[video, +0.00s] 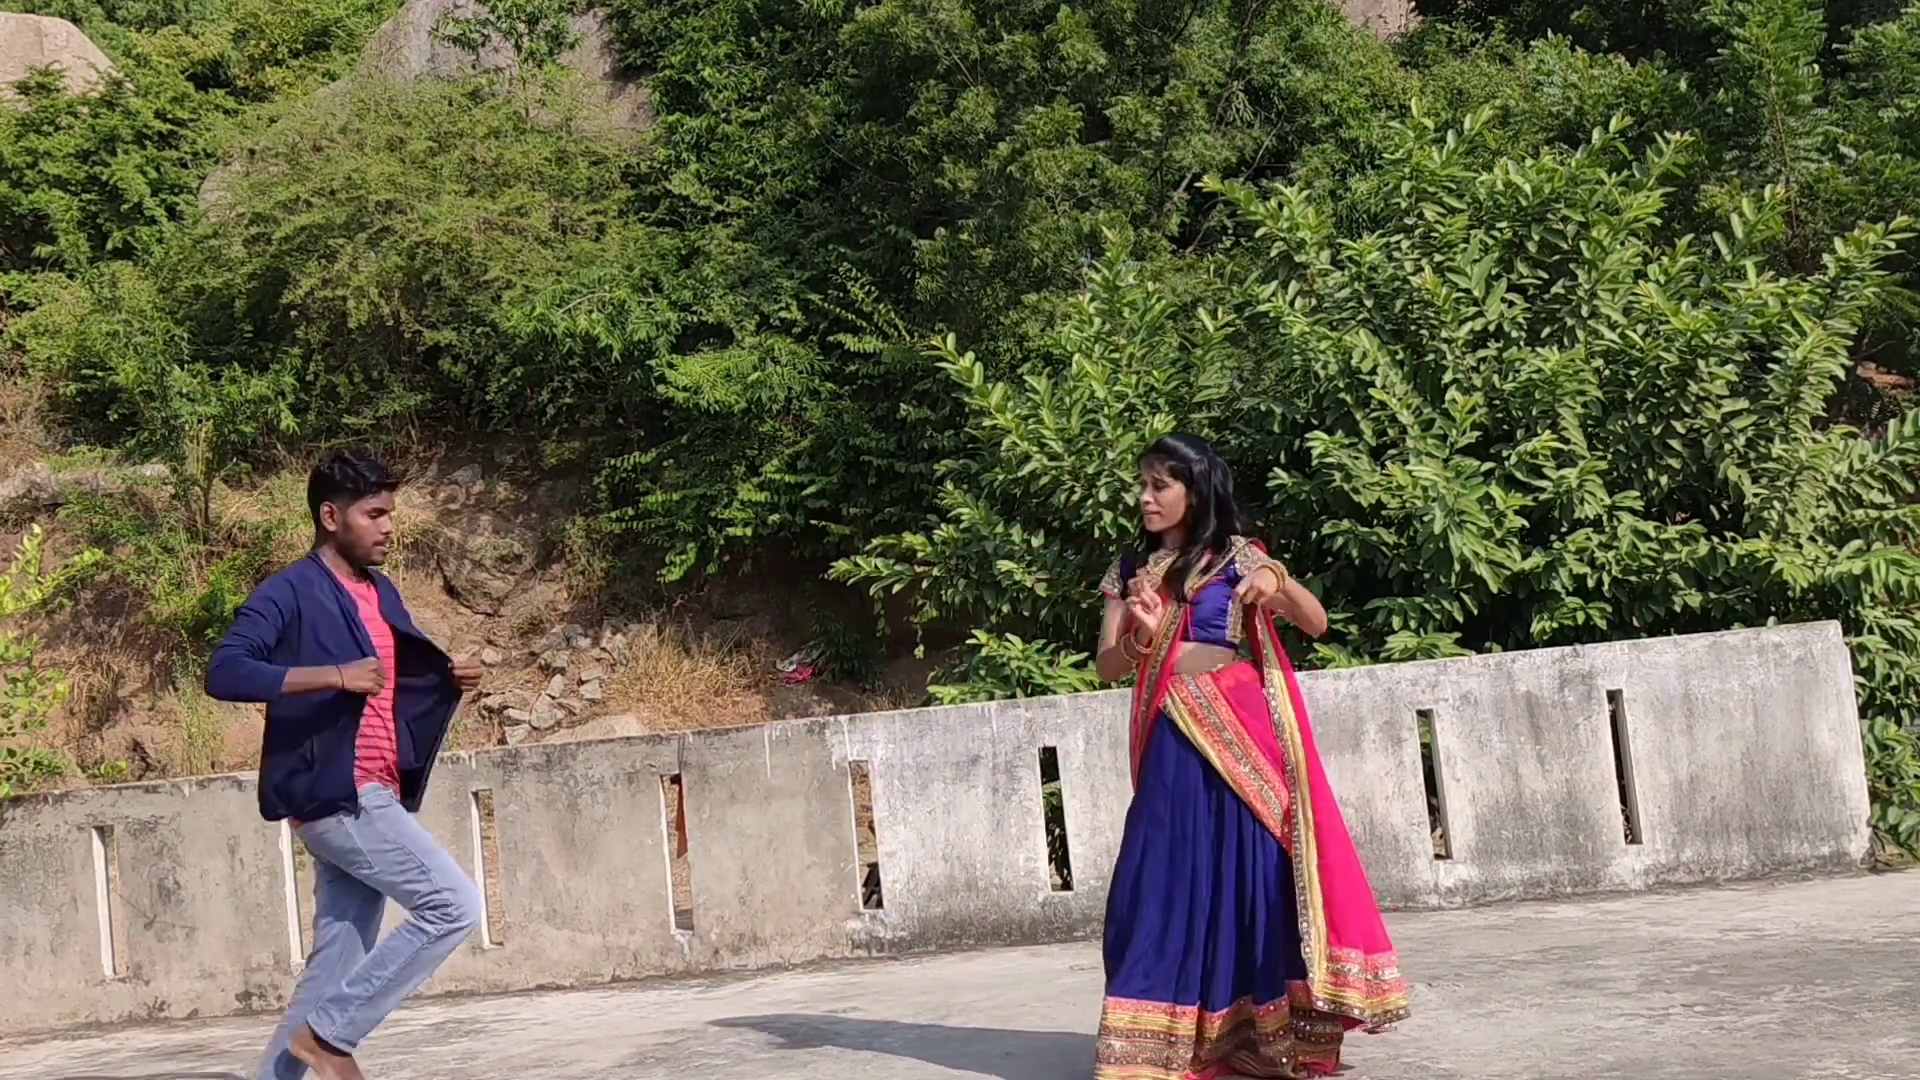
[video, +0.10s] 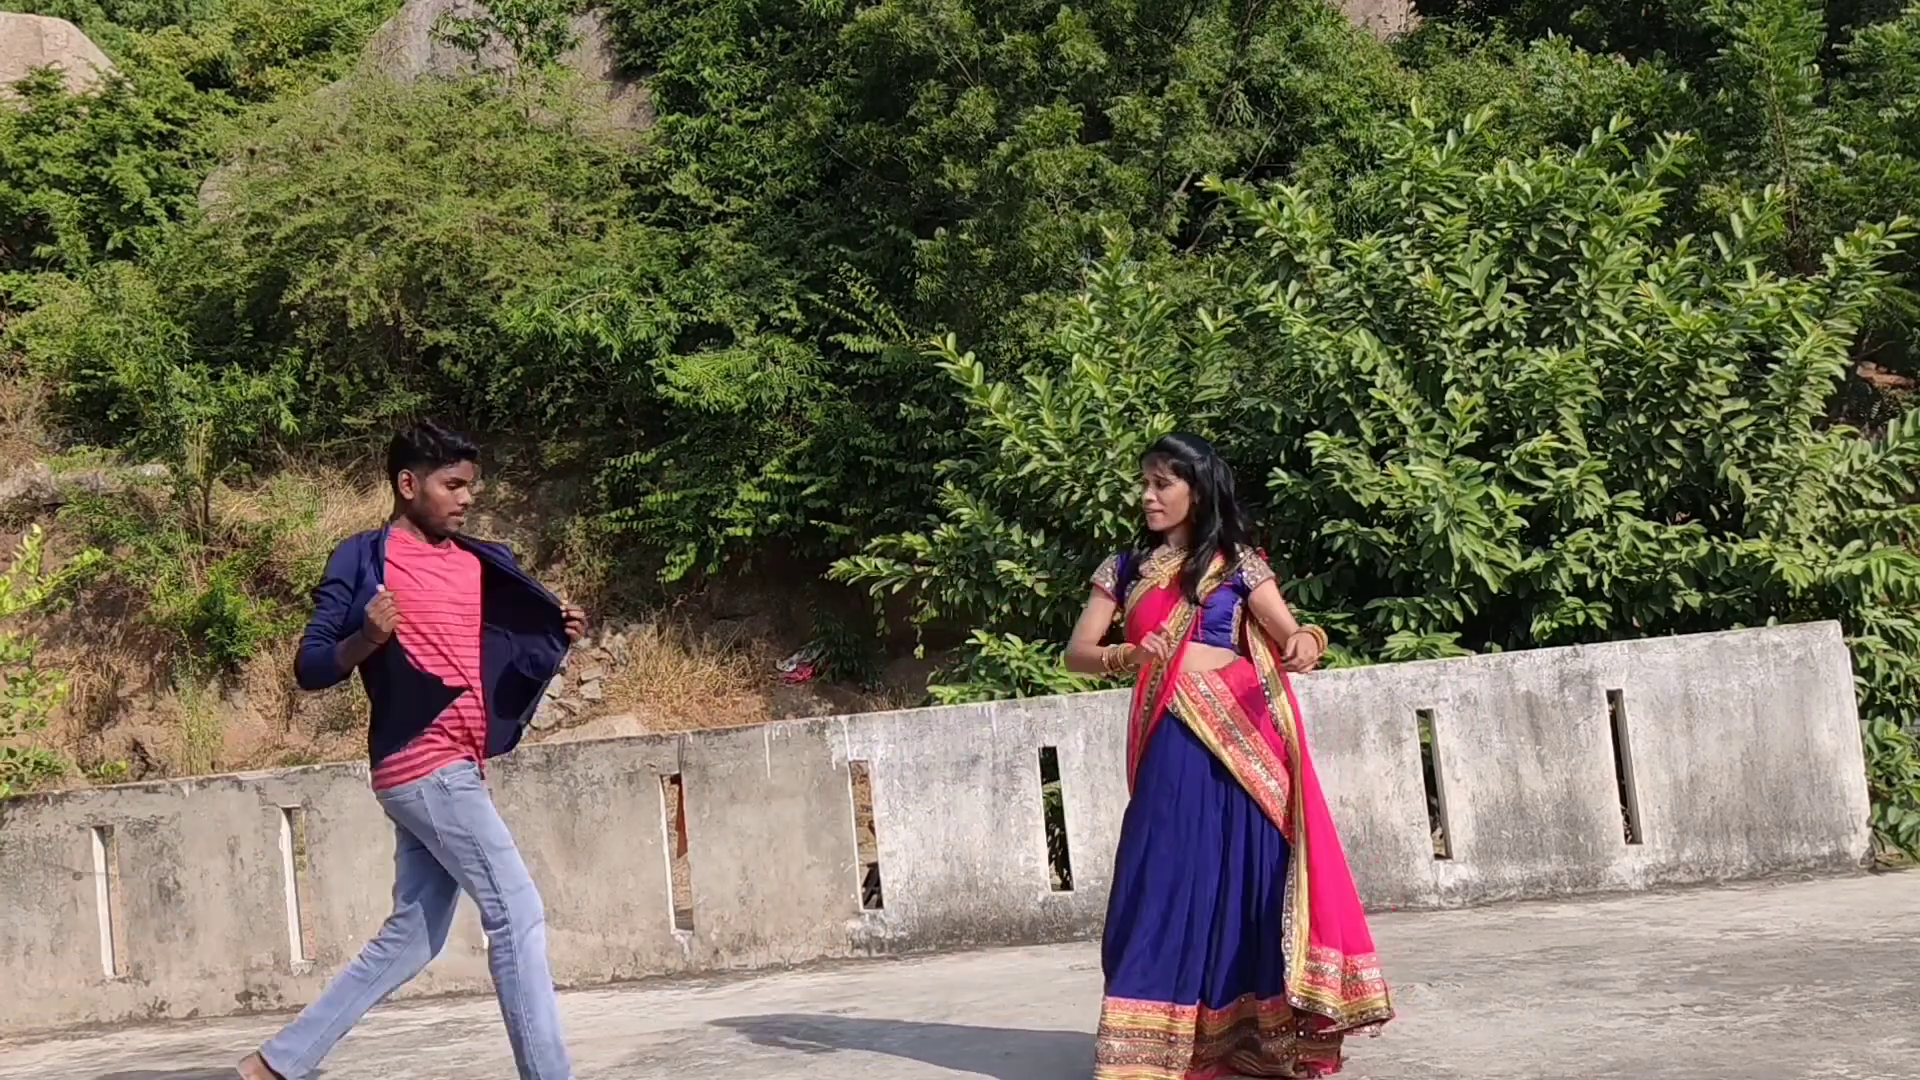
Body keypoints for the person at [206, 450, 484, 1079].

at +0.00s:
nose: (388, 526)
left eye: (390, 512)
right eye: (373, 514)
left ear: (391, 513)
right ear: (331, 519)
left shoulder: (383, 592)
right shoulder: (291, 590)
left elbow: (401, 692)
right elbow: (225, 673)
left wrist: (453, 680)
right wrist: (334, 676)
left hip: (373, 788)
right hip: (333, 792)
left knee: (339, 957)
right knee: (453, 907)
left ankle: (280, 1071)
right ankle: (327, 1035)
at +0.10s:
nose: (466, 499)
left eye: (471, 486)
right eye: (453, 485)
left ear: (468, 487)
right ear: (408, 484)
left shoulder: (471, 562)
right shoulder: (364, 556)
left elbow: (494, 648)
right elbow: (310, 668)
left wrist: (556, 631)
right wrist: (364, 638)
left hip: (456, 761)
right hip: (418, 765)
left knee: (413, 936)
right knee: (516, 912)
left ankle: (277, 1063)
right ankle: (550, 1073)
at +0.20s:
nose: (544, 512)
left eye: (546, 498)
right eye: (529, 499)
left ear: (544, 500)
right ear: (484, 502)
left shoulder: (550, 576)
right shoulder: (442, 577)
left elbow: (583, 656)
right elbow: (391, 680)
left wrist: (608, 673)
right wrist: (476, 668)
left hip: (558, 779)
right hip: (514, 785)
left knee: (525, 950)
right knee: (601, 940)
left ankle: (356, 968)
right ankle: (646, 1076)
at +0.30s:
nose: (600, 516)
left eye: (606, 504)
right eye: (582, 505)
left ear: (613, 512)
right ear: (545, 513)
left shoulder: (619, 591)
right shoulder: (526, 594)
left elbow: (641, 678)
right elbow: (479, 695)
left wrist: (673, 721)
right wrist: (579, 720)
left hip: (640, 792)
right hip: (589, 800)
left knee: (662, 944)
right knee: (674, 940)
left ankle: (508, 936)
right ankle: (664, 1074)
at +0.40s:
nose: (642, 489)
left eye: (654, 477)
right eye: (627, 477)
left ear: (668, 485)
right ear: (603, 485)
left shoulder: (670, 558)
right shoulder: (588, 560)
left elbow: (679, 642)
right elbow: (536, 645)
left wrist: (712, 693)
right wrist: (638, 663)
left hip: (707, 774)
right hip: (645, 786)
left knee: (782, 880)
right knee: (684, 936)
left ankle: (653, 979)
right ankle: (664, 1073)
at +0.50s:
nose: (711, 479)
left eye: (722, 467)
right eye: (695, 467)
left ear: (735, 473)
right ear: (667, 473)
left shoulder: (732, 542)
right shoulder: (647, 534)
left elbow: (733, 625)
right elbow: (585, 597)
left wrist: (759, 675)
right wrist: (690, 614)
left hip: (759, 755)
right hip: (693, 770)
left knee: (855, 863)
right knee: (715, 918)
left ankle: (834, 1040)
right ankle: (675, 1072)